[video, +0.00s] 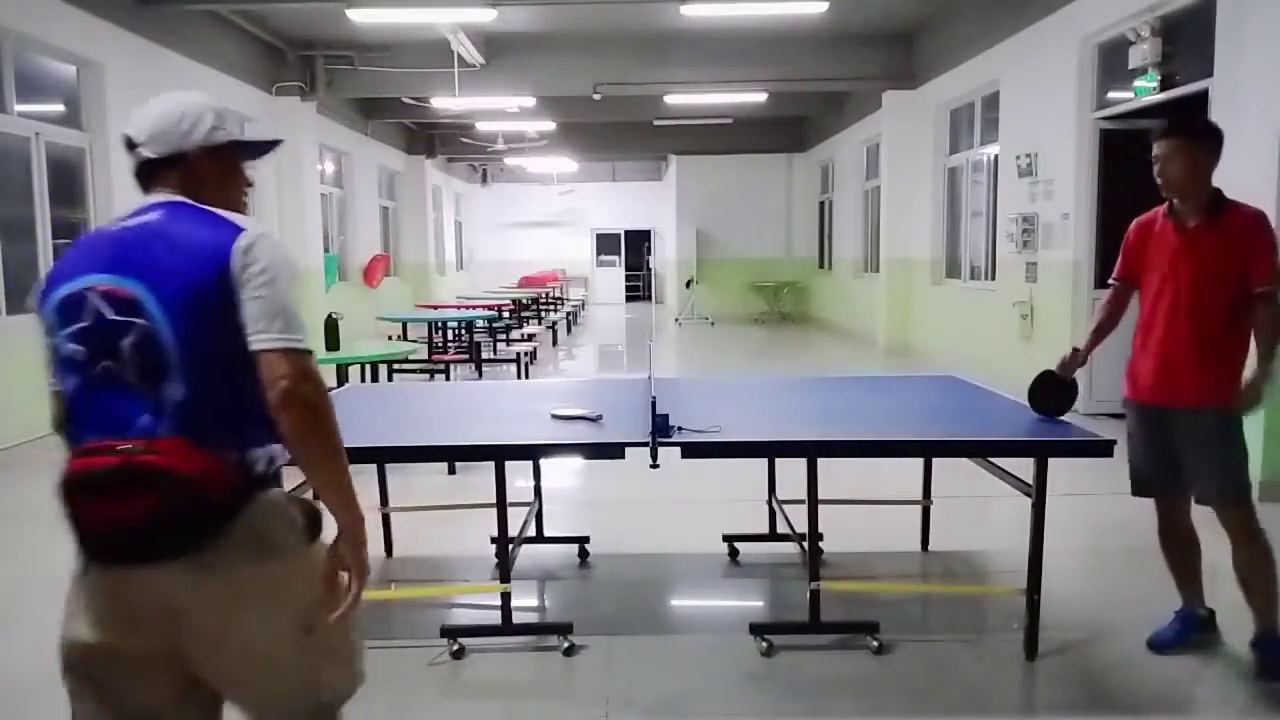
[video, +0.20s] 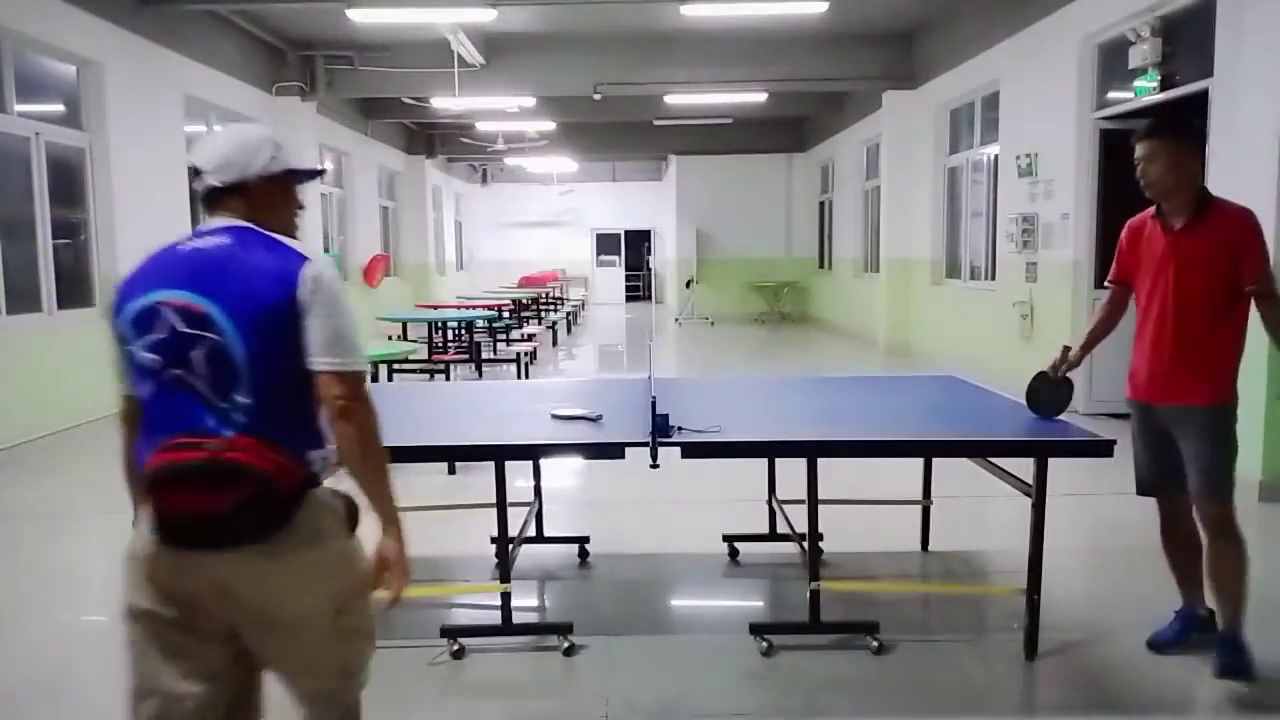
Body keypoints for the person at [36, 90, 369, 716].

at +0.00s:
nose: (248, 177)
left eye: (245, 160)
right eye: (236, 160)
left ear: (157, 169)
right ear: (194, 163)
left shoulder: (69, 264)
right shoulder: (241, 244)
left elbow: (69, 417)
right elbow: (289, 387)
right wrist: (350, 521)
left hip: (113, 547)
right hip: (235, 539)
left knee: (122, 708)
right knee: (306, 703)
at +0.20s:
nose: (299, 198)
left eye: (296, 183)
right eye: (288, 183)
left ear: (219, 193)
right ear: (253, 189)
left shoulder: (138, 281)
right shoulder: (302, 271)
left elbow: (134, 417)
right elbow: (342, 401)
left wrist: (151, 522)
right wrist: (389, 524)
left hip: (172, 530)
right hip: (284, 530)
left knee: (180, 707)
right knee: (335, 700)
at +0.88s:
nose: (431, 236)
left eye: (431, 226)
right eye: (431, 226)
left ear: (373, 216)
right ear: (417, 222)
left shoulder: (310, 264)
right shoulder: (433, 276)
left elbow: (272, 357)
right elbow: (497, 352)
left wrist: (282, 413)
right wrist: (533, 389)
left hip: (310, 447)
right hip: (392, 452)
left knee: (306, 590)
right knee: (432, 575)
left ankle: (305, 711)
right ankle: (454, 682)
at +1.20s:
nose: (464, 280)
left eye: (461, 271)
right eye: (464, 273)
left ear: (414, 256)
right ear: (460, 270)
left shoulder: (358, 280)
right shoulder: (473, 311)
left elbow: (301, 357)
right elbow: (533, 372)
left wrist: (272, 444)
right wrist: (574, 405)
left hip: (329, 454)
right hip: (415, 463)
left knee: (274, 580)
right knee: (443, 574)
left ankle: (213, 696)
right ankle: (453, 678)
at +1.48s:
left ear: (317, 227)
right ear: (369, 230)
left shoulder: (277, 268)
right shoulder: (402, 278)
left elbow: (233, 354)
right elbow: (444, 359)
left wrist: (224, 436)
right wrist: (444, 373)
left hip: (288, 450)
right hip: (375, 447)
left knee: (229, 577)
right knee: (419, 563)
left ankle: (213, 708)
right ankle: (452, 681)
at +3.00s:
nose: (100, 208)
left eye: (97, 200)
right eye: (92, 201)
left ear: (51, 208)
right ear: (68, 207)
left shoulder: (12, 250)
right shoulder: (81, 251)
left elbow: (14, 318)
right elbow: (107, 317)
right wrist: (129, 309)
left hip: (14, 394)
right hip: (73, 392)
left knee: (36, 497)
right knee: (112, 484)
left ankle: (34, 608)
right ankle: (90, 589)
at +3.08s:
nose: (105, 206)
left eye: (103, 198)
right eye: (97, 199)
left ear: (57, 207)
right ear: (71, 205)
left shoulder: (24, 247)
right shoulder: (83, 247)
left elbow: (47, 310)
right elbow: (101, 311)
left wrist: (118, 295)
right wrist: (138, 311)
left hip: (22, 390)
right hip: (77, 388)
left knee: (37, 497)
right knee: (111, 481)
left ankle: (33, 604)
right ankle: (110, 579)